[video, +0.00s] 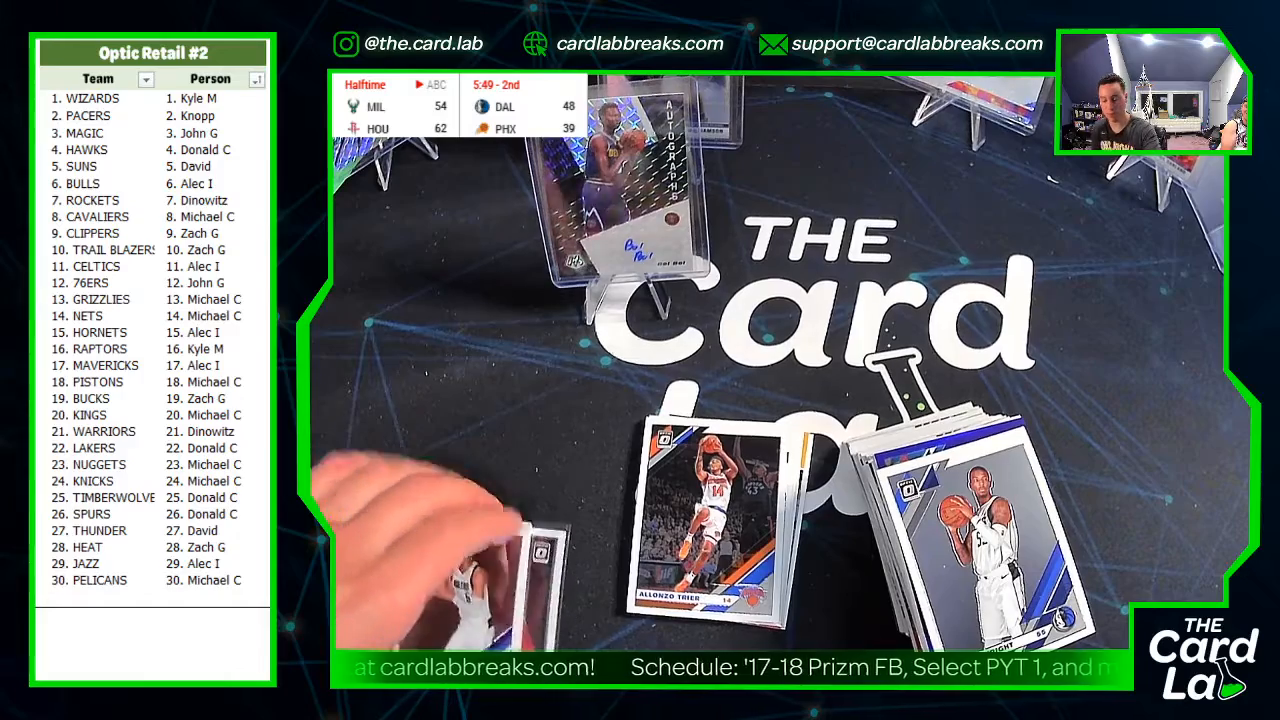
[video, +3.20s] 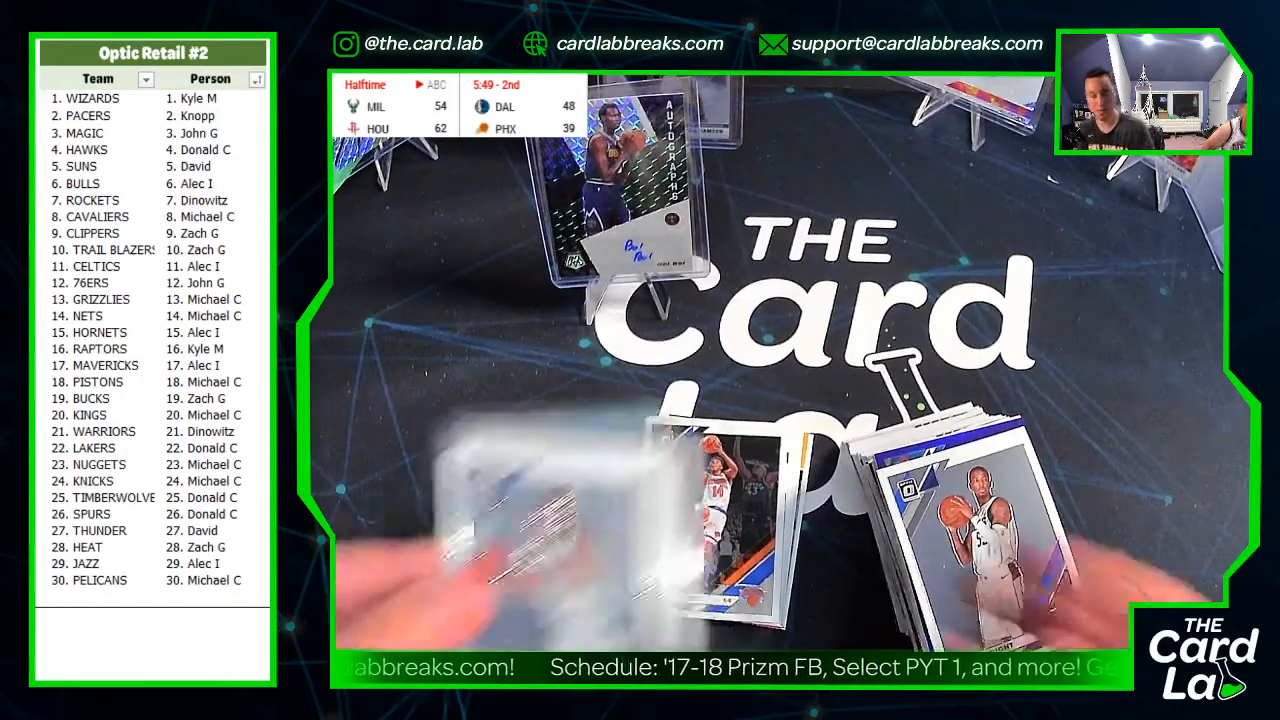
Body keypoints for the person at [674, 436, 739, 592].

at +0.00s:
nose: (714, 464)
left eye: (717, 462)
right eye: (712, 462)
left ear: (721, 465)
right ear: (709, 465)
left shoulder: (727, 476)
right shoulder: (706, 477)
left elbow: (734, 469)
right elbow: (699, 471)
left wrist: (722, 452)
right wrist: (700, 451)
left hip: (720, 513)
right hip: (706, 507)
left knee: (707, 550)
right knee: (704, 511)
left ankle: (688, 578)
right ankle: (688, 540)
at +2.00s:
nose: (715, 464)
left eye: (717, 463)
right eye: (712, 462)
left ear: (721, 466)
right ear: (709, 466)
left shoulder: (727, 476)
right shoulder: (705, 477)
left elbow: (734, 468)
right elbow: (698, 470)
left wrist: (721, 452)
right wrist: (700, 450)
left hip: (720, 512)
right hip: (706, 507)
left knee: (707, 551)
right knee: (704, 512)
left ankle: (688, 579)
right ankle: (688, 540)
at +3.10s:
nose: (714, 464)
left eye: (717, 462)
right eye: (713, 462)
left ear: (721, 465)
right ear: (709, 465)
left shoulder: (727, 476)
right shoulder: (705, 477)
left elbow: (734, 469)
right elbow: (698, 471)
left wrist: (722, 452)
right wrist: (700, 451)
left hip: (720, 513)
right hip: (706, 507)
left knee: (707, 550)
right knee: (705, 512)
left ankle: (688, 580)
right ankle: (688, 540)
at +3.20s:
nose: (714, 464)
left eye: (717, 462)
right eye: (712, 462)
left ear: (721, 465)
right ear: (709, 464)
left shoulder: (726, 476)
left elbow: (734, 468)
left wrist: (722, 453)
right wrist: (700, 449)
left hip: (719, 510)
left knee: (708, 544)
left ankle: (708, 576)